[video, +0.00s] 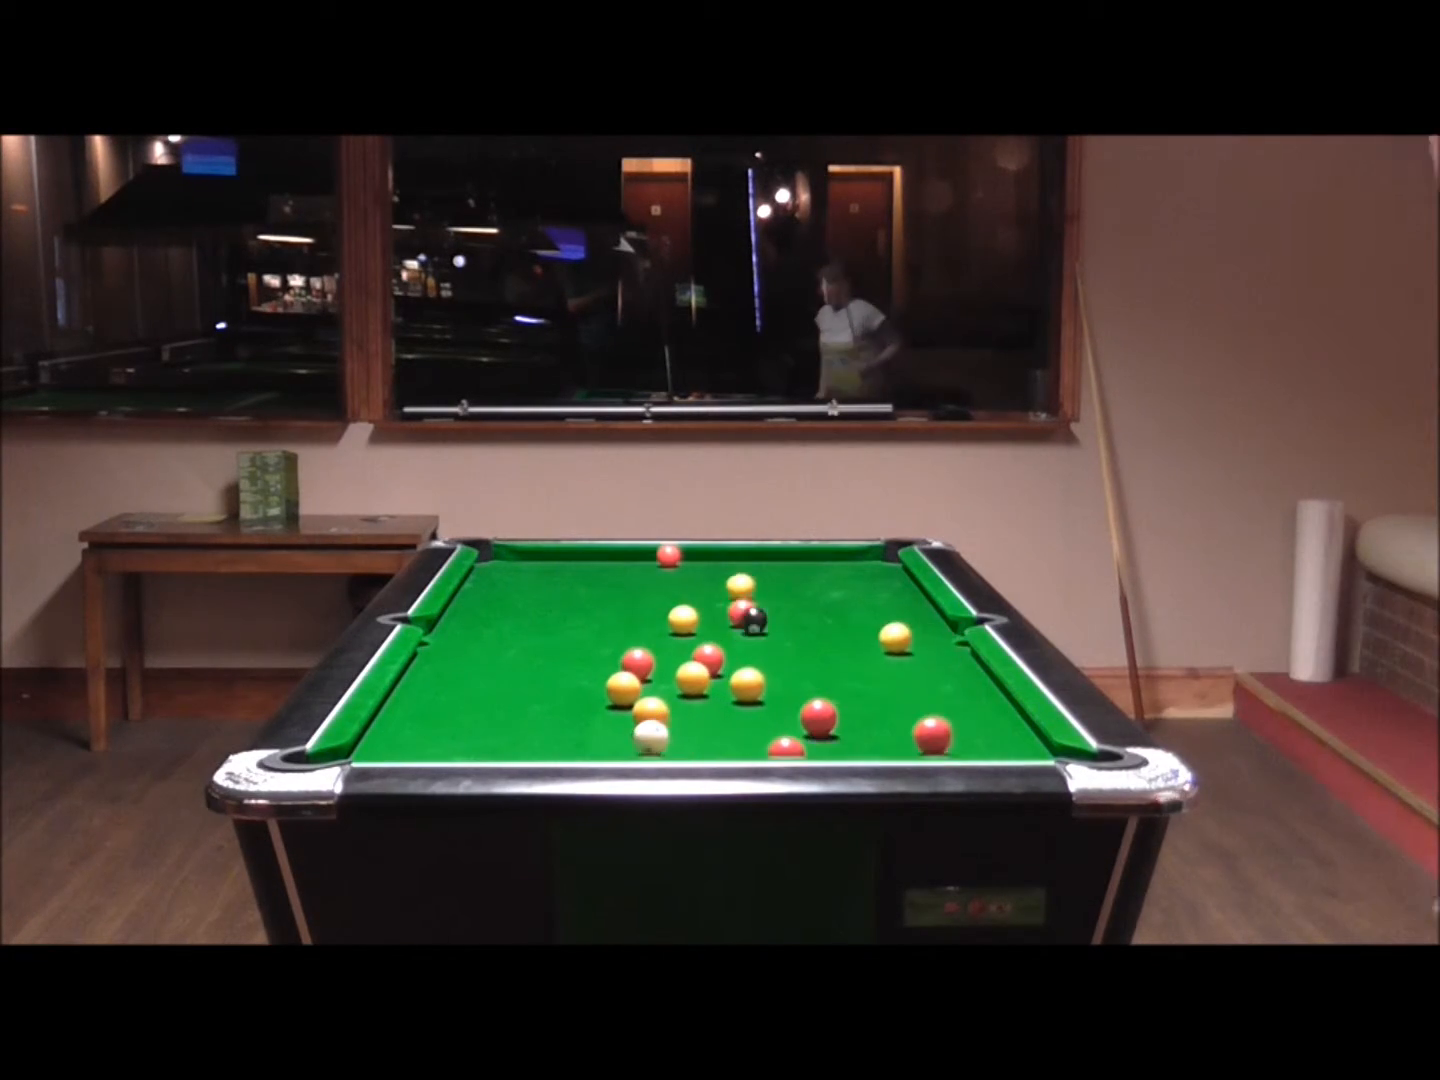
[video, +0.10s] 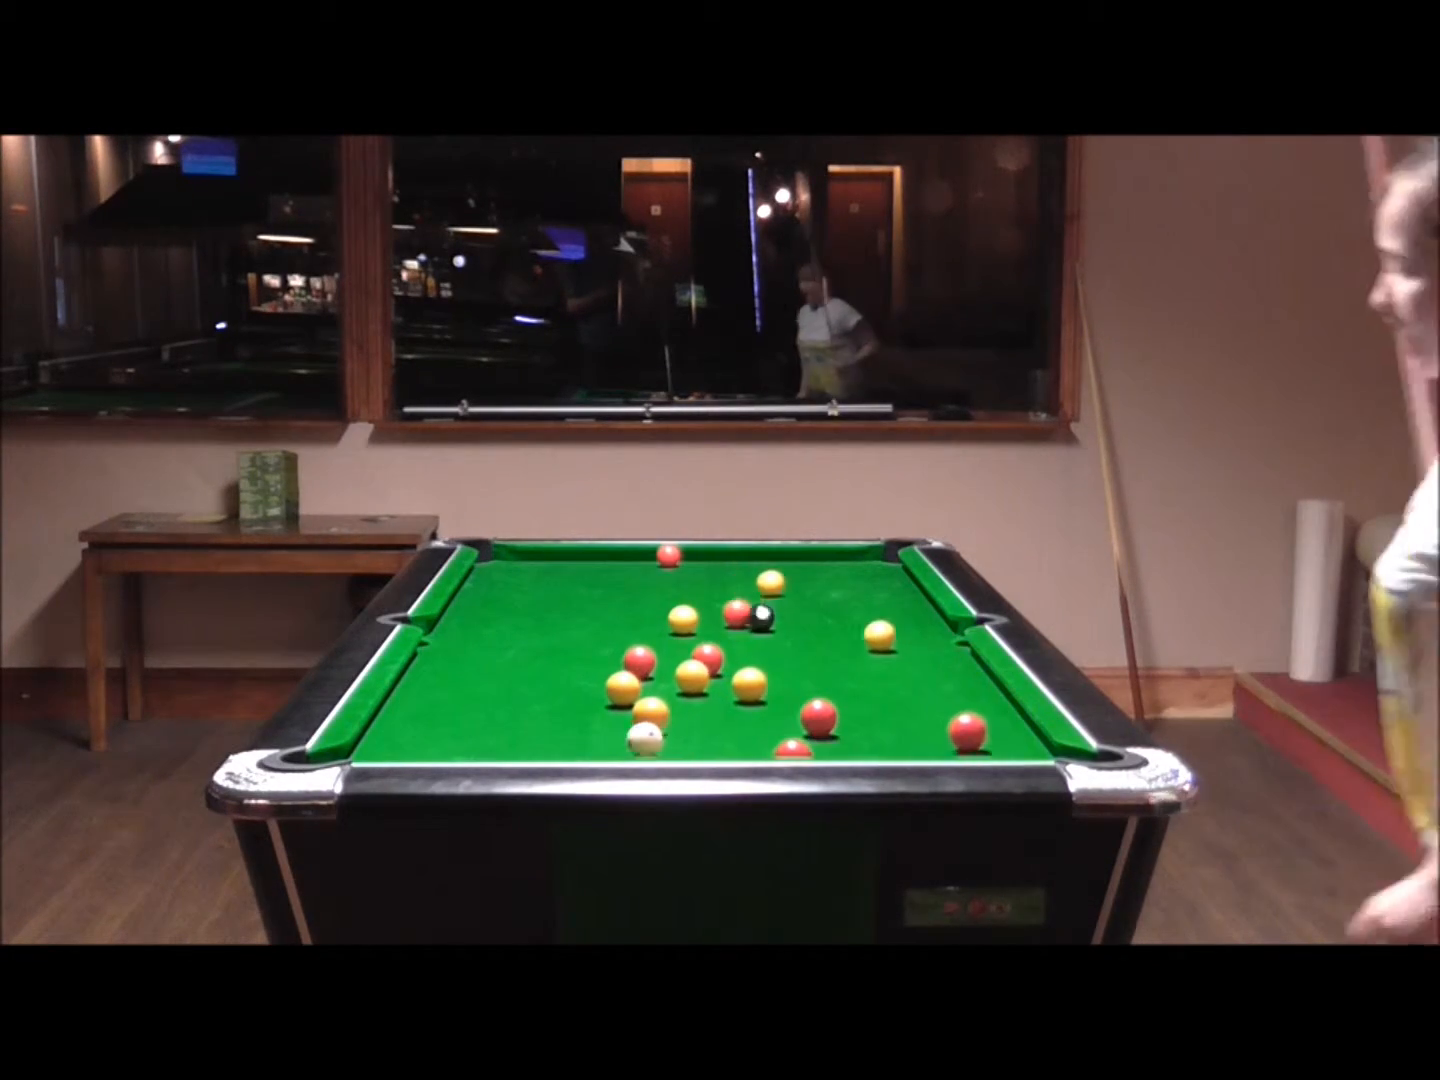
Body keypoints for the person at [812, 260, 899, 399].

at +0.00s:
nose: (826, 291)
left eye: (831, 285)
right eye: (824, 286)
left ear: (843, 286)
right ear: (821, 288)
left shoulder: (861, 310)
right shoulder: (823, 314)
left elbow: (895, 342)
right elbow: (825, 357)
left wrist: (870, 365)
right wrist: (823, 390)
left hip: (861, 392)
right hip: (832, 391)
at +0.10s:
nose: (804, 288)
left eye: (809, 282)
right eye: (802, 283)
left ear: (822, 284)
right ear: (801, 286)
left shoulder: (838, 309)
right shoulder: (803, 313)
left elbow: (871, 343)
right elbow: (806, 357)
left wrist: (847, 362)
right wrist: (804, 391)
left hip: (841, 389)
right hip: (814, 389)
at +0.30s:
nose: (776, 294)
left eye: (779, 288)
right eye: (773, 289)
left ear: (790, 283)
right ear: (770, 288)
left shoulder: (802, 304)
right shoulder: (773, 311)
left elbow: (836, 338)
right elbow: (777, 354)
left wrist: (813, 355)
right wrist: (769, 384)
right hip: (783, 385)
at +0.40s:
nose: (758, 287)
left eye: (763, 282)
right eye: (756, 282)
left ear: (777, 283)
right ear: (754, 284)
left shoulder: (789, 304)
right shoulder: (759, 309)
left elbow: (822, 339)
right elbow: (764, 353)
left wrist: (799, 356)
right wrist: (752, 383)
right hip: (772, 389)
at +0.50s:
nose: (738, 288)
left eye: (744, 282)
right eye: (736, 283)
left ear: (758, 285)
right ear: (734, 286)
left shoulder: (768, 309)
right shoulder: (738, 315)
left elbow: (800, 342)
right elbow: (736, 354)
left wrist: (780, 358)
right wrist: (726, 380)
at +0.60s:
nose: (721, 289)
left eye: (727, 283)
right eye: (719, 283)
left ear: (741, 286)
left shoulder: (751, 311)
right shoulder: (720, 315)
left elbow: (784, 345)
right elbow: (718, 354)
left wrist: (764, 361)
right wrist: (707, 380)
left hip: (760, 395)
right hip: (736, 395)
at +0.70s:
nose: (701, 287)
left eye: (707, 282)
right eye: (697, 282)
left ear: (718, 286)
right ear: (692, 285)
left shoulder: (725, 309)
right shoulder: (692, 313)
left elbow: (758, 347)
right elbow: (690, 352)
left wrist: (735, 366)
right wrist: (681, 380)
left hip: (729, 394)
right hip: (700, 392)